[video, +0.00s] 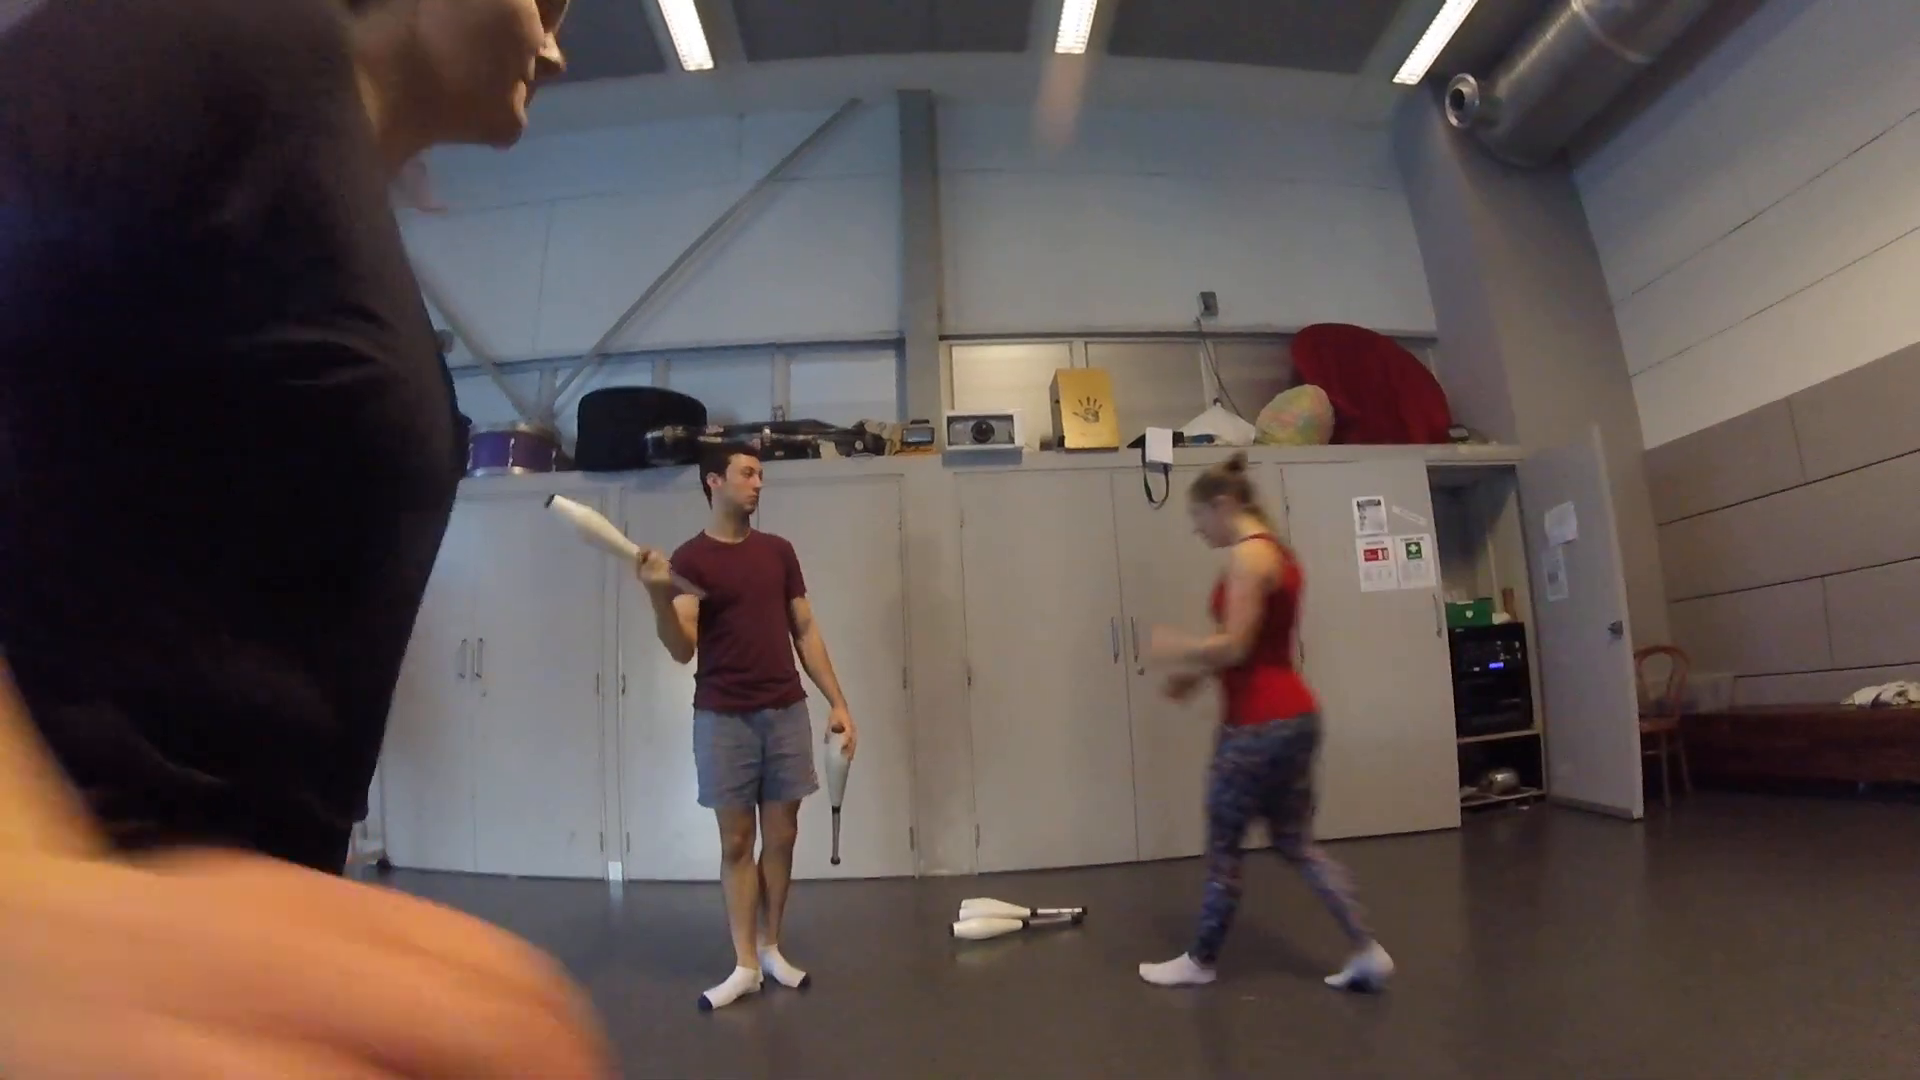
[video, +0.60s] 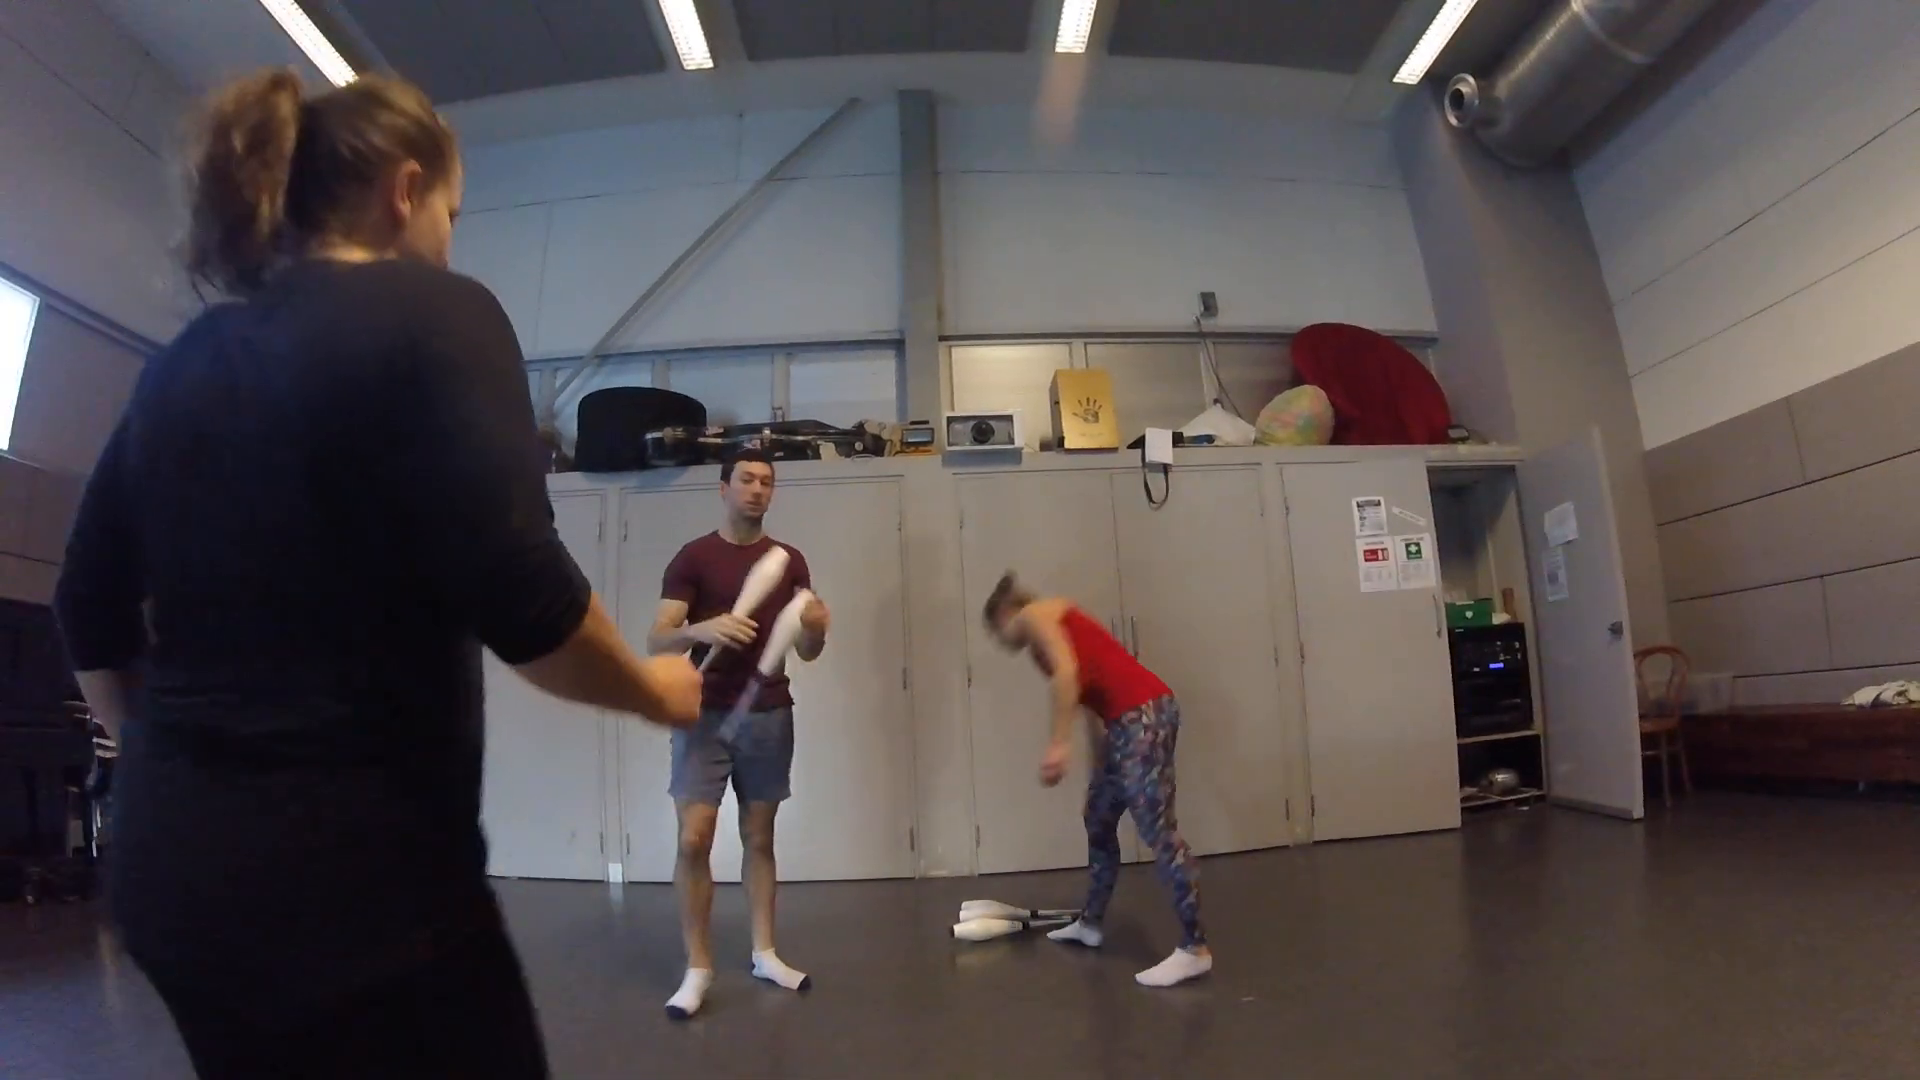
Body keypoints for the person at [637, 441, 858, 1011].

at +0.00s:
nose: (757, 482)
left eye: (759, 474)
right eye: (746, 473)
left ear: (758, 486)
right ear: (713, 484)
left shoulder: (778, 550)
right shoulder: (690, 559)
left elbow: (806, 630)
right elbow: (682, 649)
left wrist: (838, 703)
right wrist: (658, 592)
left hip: (786, 711)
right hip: (724, 716)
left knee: (782, 837)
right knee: (737, 844)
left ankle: (771, 949)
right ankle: (745, 966)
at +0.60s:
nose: (758, 490)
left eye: (765, 482)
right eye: (748, 480)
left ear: (773, 493)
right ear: (724, 488)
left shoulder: (788, 560)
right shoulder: (693, 558)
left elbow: (807, 652)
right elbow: (659, 641)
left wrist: (813, 627)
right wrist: (702, 629)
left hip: (766, 717)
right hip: (703, 718)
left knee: (760, 839)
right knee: (693, 844)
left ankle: (765, 954)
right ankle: (698, 967)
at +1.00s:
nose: (709, 487)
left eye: (719, 478)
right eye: (699, 477)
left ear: (732, 487)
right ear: (680, 484)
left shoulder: (753, 557)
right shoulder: (653, 557)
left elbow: (773, 649)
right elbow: (639, 641)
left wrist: (790, 623)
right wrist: (705, 651)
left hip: (737, 719)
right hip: (672, 722)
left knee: (747, 843)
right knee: (678, 851)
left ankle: (763, 954)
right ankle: (687, 972)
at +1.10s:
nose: (695, 488)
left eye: (705, 478)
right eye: (686, 478)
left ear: (721, 486)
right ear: (669, 486)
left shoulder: (742, 557)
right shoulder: (645, 553)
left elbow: (763, 642)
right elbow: (627, 649)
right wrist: (706, 653)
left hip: (730, 718)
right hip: (665, 722)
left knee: (745, 842)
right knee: (674, 851)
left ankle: (761, 953)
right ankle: (686, 973)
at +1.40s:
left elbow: (754, 621)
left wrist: (727, 652)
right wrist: (683, 658)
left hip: (720, 709)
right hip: (662, 716)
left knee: (742, 842)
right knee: (671, 853)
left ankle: (750, 954)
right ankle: (684, 968)